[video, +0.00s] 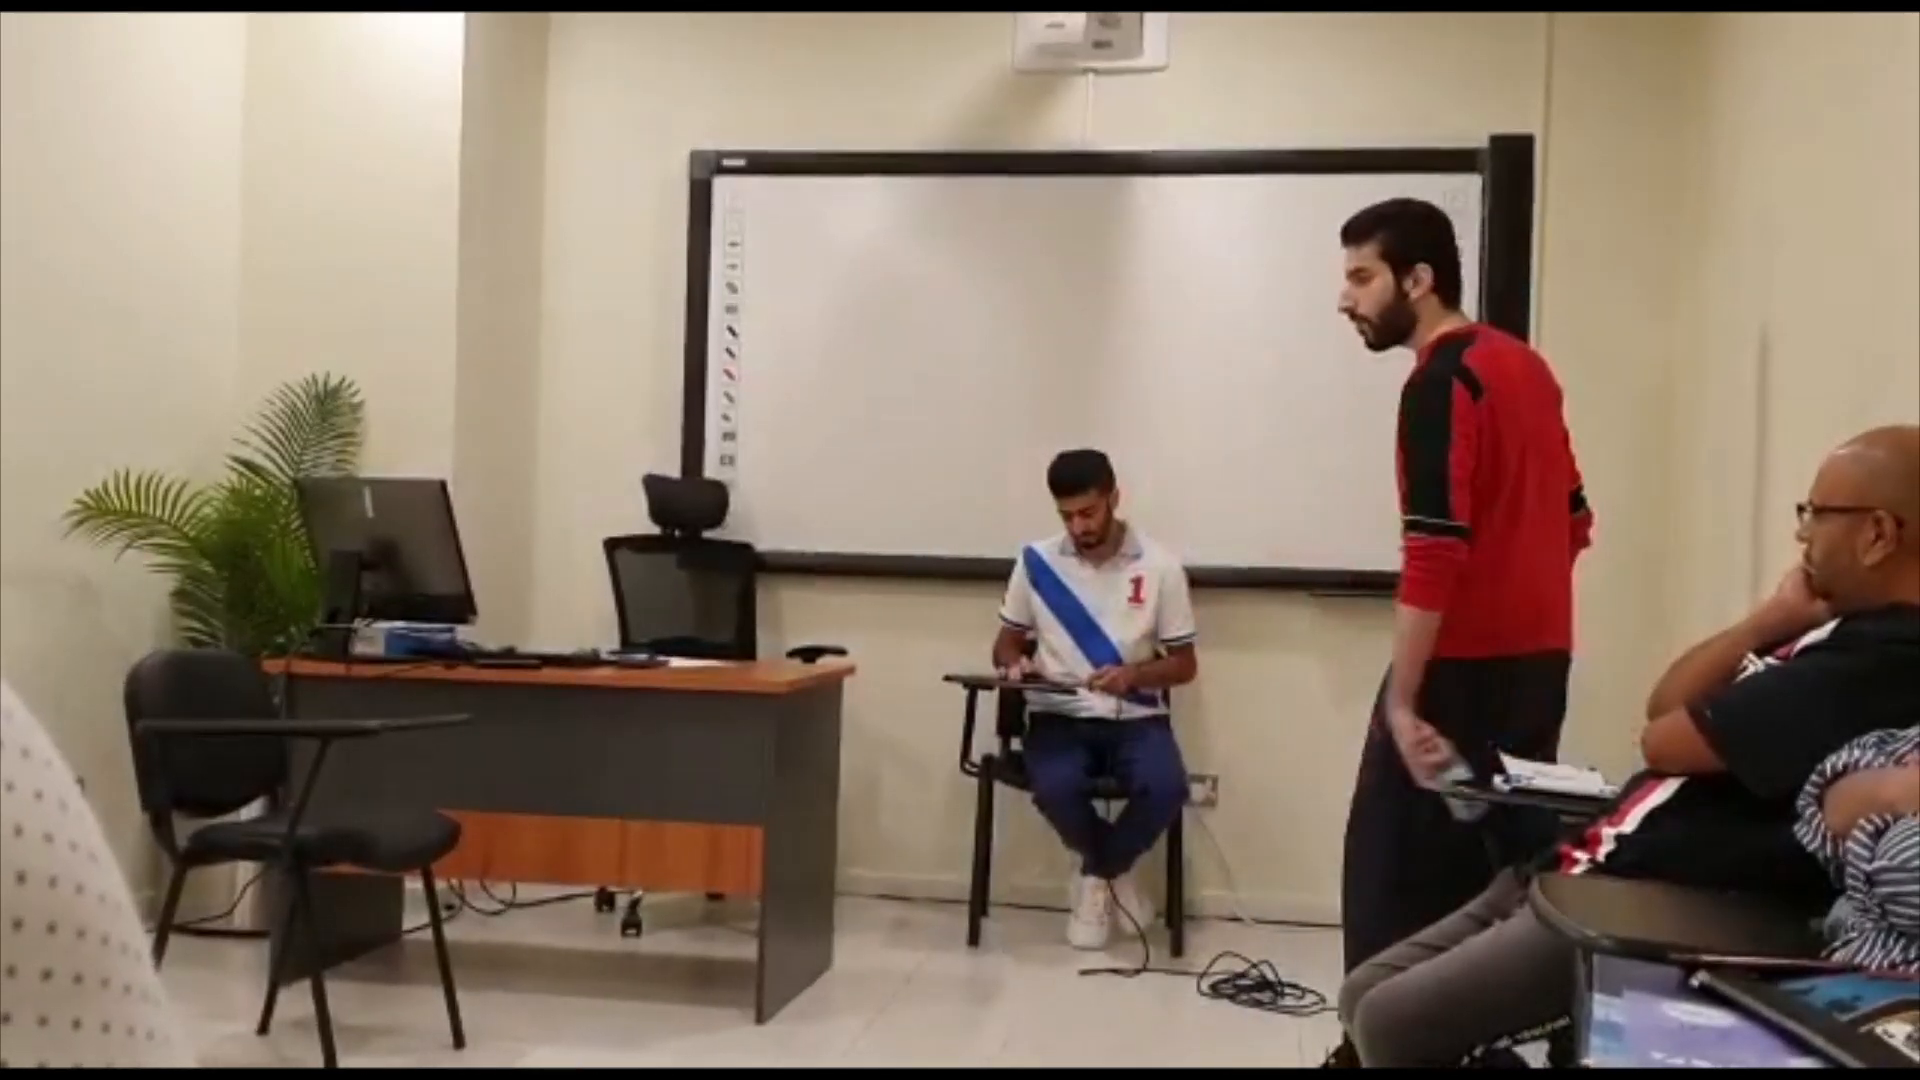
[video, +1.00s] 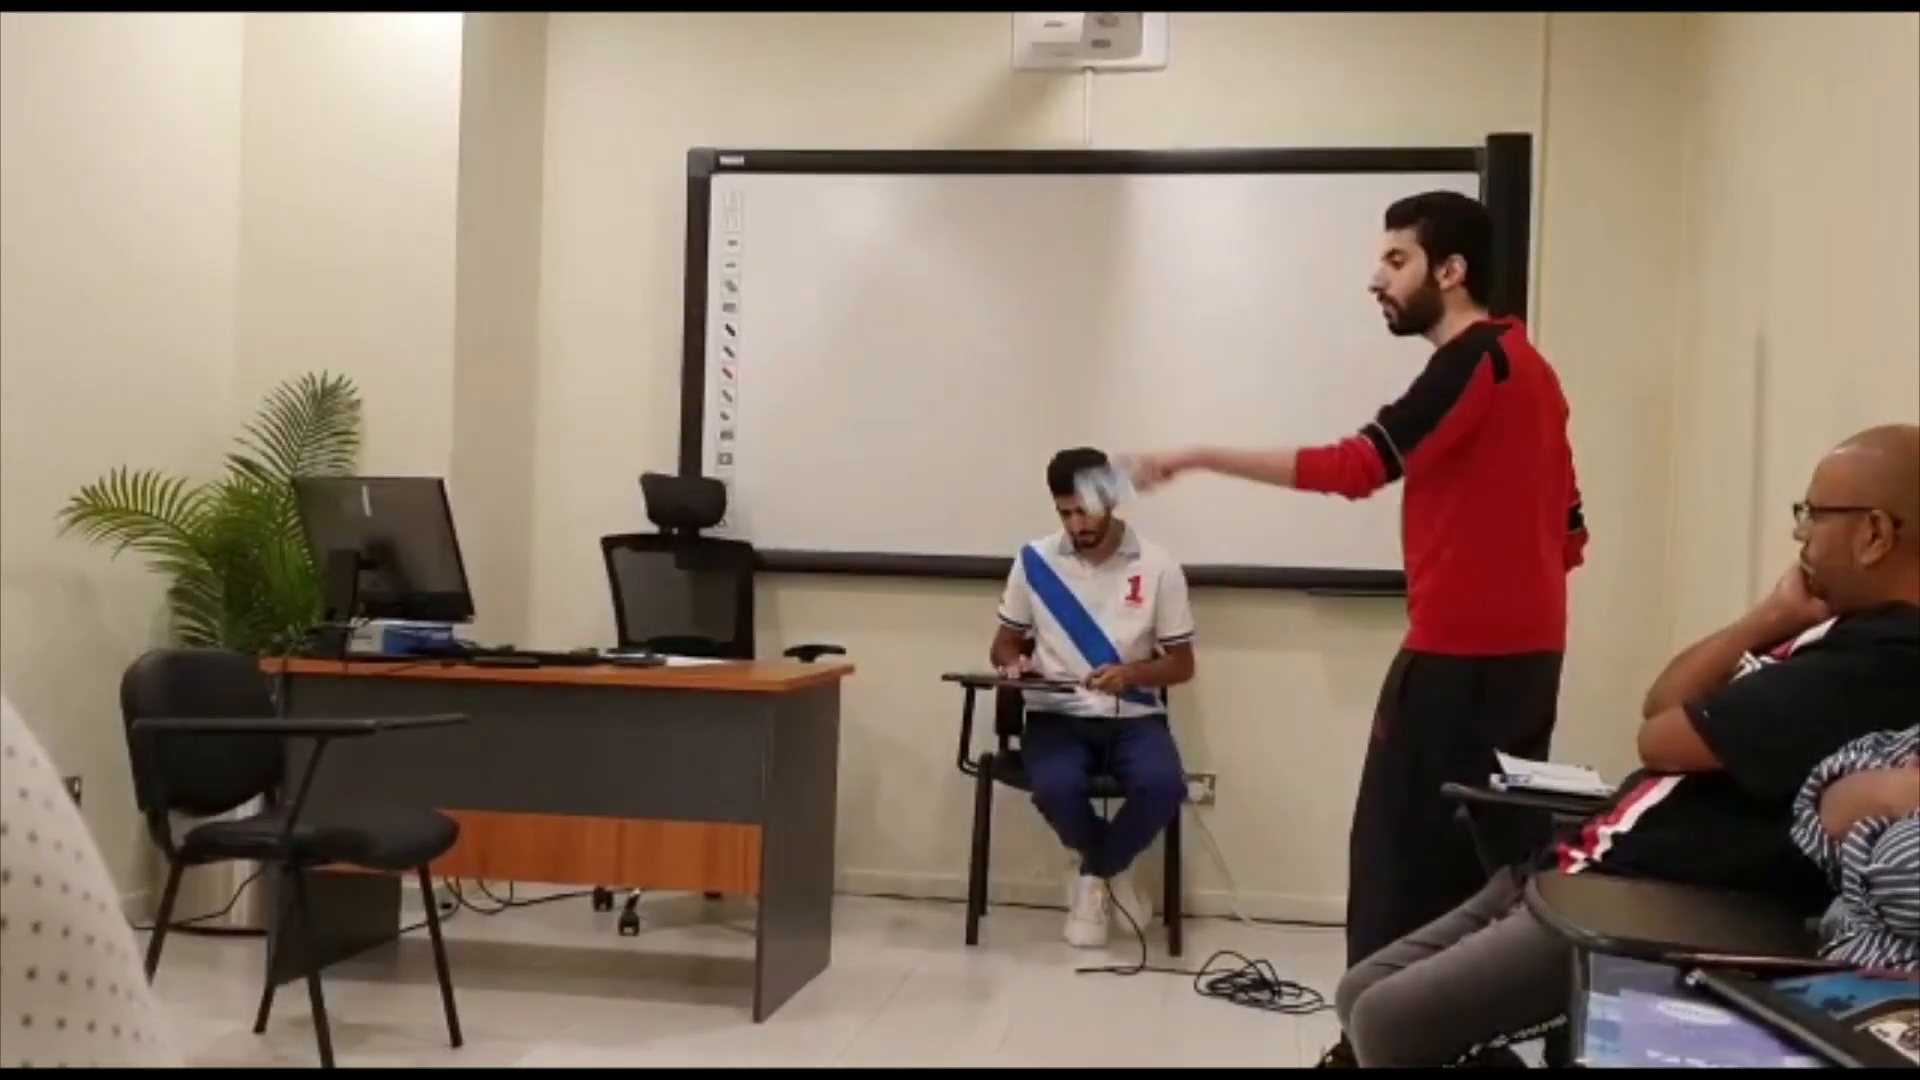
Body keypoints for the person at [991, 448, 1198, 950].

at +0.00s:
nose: (1078, 528)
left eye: (1088, 513)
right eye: (1068, 516)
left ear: (1114, 499)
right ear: (1057, 510)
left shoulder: (1159, 567)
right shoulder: (1036, 563)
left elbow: (1183, 664)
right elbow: (1008, 641)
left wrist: (1132, 676)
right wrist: (1012, 662)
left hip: (1135, 718)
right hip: (1058, 717)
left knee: (1164, 790)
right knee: (1054, 791)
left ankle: (1095, 879)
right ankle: (1115, 868)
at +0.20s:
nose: (1078, 527)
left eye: (1087, 513)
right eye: (1067, 516)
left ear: (1114, 499)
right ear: (1057, 511)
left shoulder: (1158, 566)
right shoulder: (1036, 563)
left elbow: (1184, 667)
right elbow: (1007, 645)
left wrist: (1133, 676)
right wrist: (1014, 663)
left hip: (1136, 717)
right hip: (1060, 716)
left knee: (1164, 789)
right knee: (1055, 792)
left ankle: (1095, 880)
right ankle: (1115, 871)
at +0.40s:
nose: (1078, 527)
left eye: (1087, 513)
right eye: (1067, 515)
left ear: (1113, 500)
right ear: (1056, 509)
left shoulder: (1158, 566)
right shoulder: (1035, 562)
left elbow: (1183, 663)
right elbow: (1008, 643)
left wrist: (1131, 675)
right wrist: (1013, 662)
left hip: (1135, 717)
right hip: (1059, 716)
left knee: (1163, 789)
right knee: (1055, 793)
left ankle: (1095, 880)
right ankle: (1114, 871)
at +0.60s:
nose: (1077, 526)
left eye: (1087, 512)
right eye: (1067, 514)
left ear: (1113, 499)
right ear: (1055, 508)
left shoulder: (1158, 565)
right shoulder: (1035, 562)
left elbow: (1182, 663)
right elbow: (1007, 641)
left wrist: (1130, 674)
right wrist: (1012, 662)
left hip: (1134, 717)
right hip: (1058, 716)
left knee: (1162, 788)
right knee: (1054, 791)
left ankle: (1094, 879)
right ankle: (1114, 868)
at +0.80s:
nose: (1078, 525)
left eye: (1087, 511)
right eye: (1067, 514)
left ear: (1112, 499)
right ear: (1055, 509)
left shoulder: (1157, 565)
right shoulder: (1035, 562)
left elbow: (1182, 663)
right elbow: (1005, 644)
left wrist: (1130, 674)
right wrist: (1012, 662)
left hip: (1134, 716)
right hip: (1057, 716)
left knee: (1162, 788)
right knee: (1054, 791)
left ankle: (1093, 879)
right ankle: (1114, 869)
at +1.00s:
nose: (1077, 525)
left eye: (1086, 512)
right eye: (1067, 513)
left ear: (1113, 504)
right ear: (1057, 510)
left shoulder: (1157, 567)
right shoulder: (1034, 562)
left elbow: (1182, 664)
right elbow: (1004, 645)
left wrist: (1129, 674)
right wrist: (1013, 662)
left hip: (1133, 718)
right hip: (1056, 717)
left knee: (1162, 788)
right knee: (1054, 791)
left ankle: (1093, 880)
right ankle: (1113, 868)